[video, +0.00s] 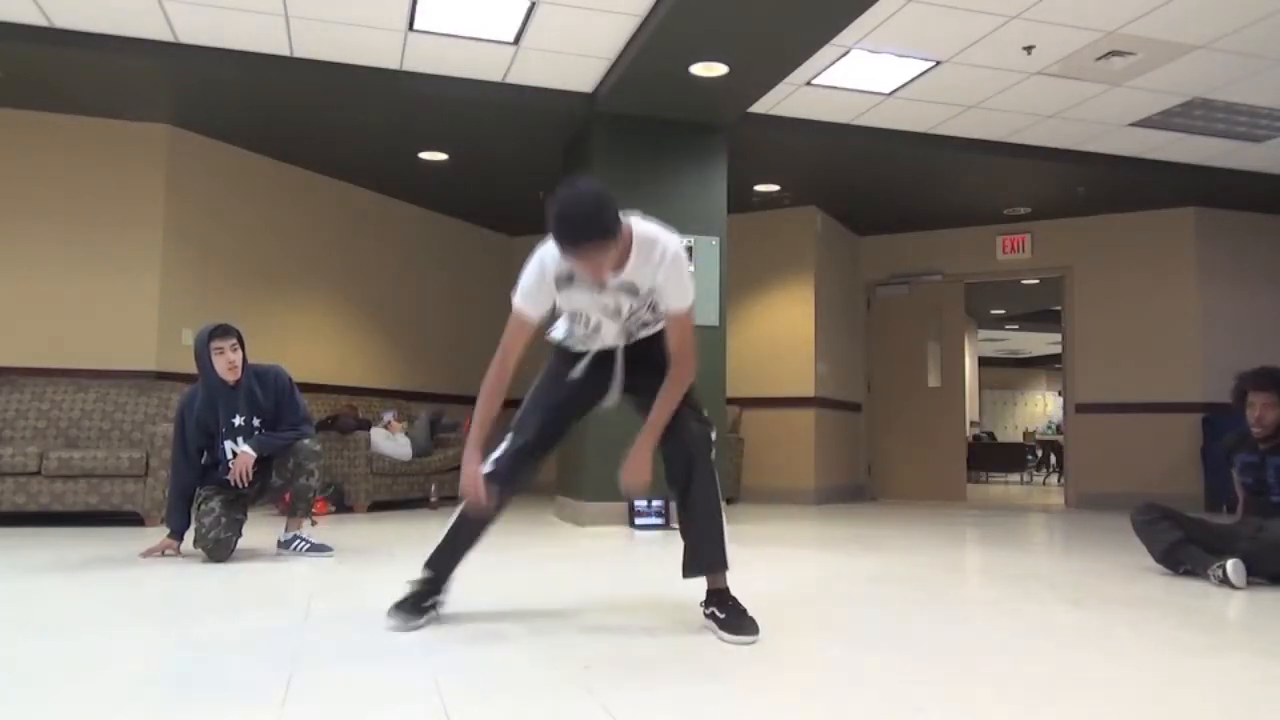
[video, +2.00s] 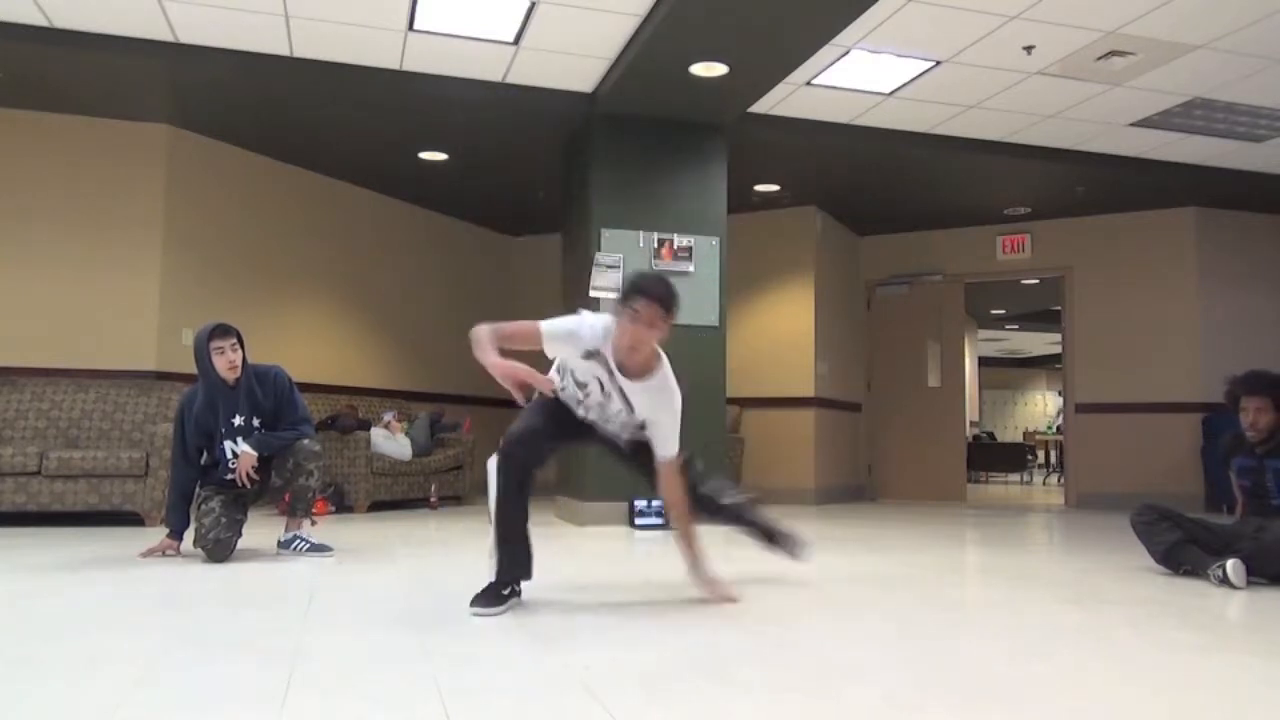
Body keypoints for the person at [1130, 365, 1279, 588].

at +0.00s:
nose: (1257, 415)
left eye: (1268, 407)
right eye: (1251, 406)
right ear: (1244, 409)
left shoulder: (1275, 451)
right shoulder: (1239, 449)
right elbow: (1243, 501)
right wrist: (1239, 529)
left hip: (1271, 536)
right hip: (1240, 531)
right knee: (1145, 513)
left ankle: (1194, 561)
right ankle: (1210, 567)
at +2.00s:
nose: (1251, 420)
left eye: (1261, 411)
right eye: (1245, 411)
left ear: (1277, 414)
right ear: (1237, 414)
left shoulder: (1275, 452)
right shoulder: (1235, 450)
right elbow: (1242, 502)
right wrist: (1236, 533)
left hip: (1271, 535)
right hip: (1240, 533)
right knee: (1145, 514)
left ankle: (1197, 562)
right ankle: (1210, 566)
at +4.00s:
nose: (1249, 421)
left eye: (1260, 413)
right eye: (1244, 412)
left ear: (1277, 416)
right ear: (1236, 415)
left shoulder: (1275, 453)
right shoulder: (1234, 451)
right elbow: (1241, 501)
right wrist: (1236, 531)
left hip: (1271, 537)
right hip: (1240, 534)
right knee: (1145, 514)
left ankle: (1197, 562)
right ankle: (1210, 566)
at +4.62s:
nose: (1250, 422)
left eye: (1261, 413)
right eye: (1244, 412)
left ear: (1277, 415)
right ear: (1237, 415)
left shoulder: (1275, 452)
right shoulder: (1234, 450)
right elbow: (1242, 501)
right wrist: (1236, 532)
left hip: (1271, 537)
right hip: (1239, 534)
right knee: (1144, 514)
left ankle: (1197, 562)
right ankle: (1210, 566)